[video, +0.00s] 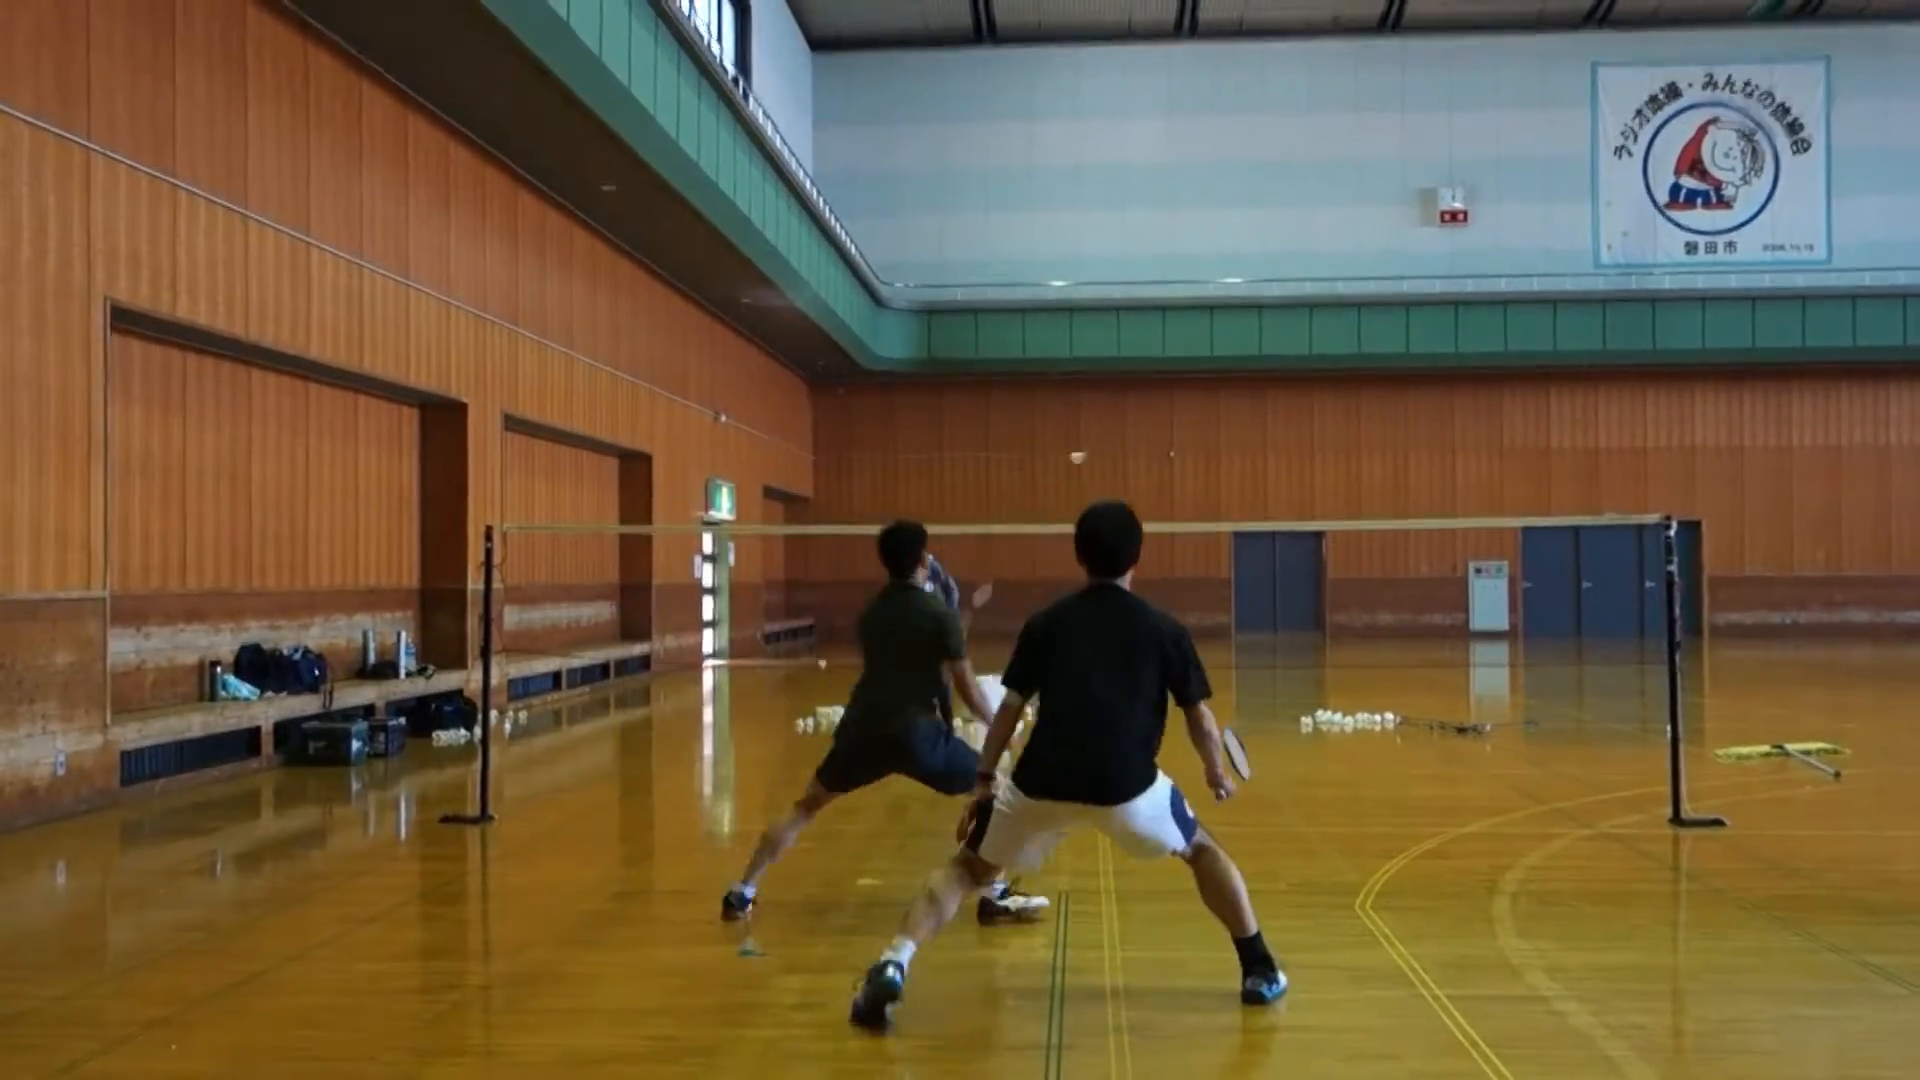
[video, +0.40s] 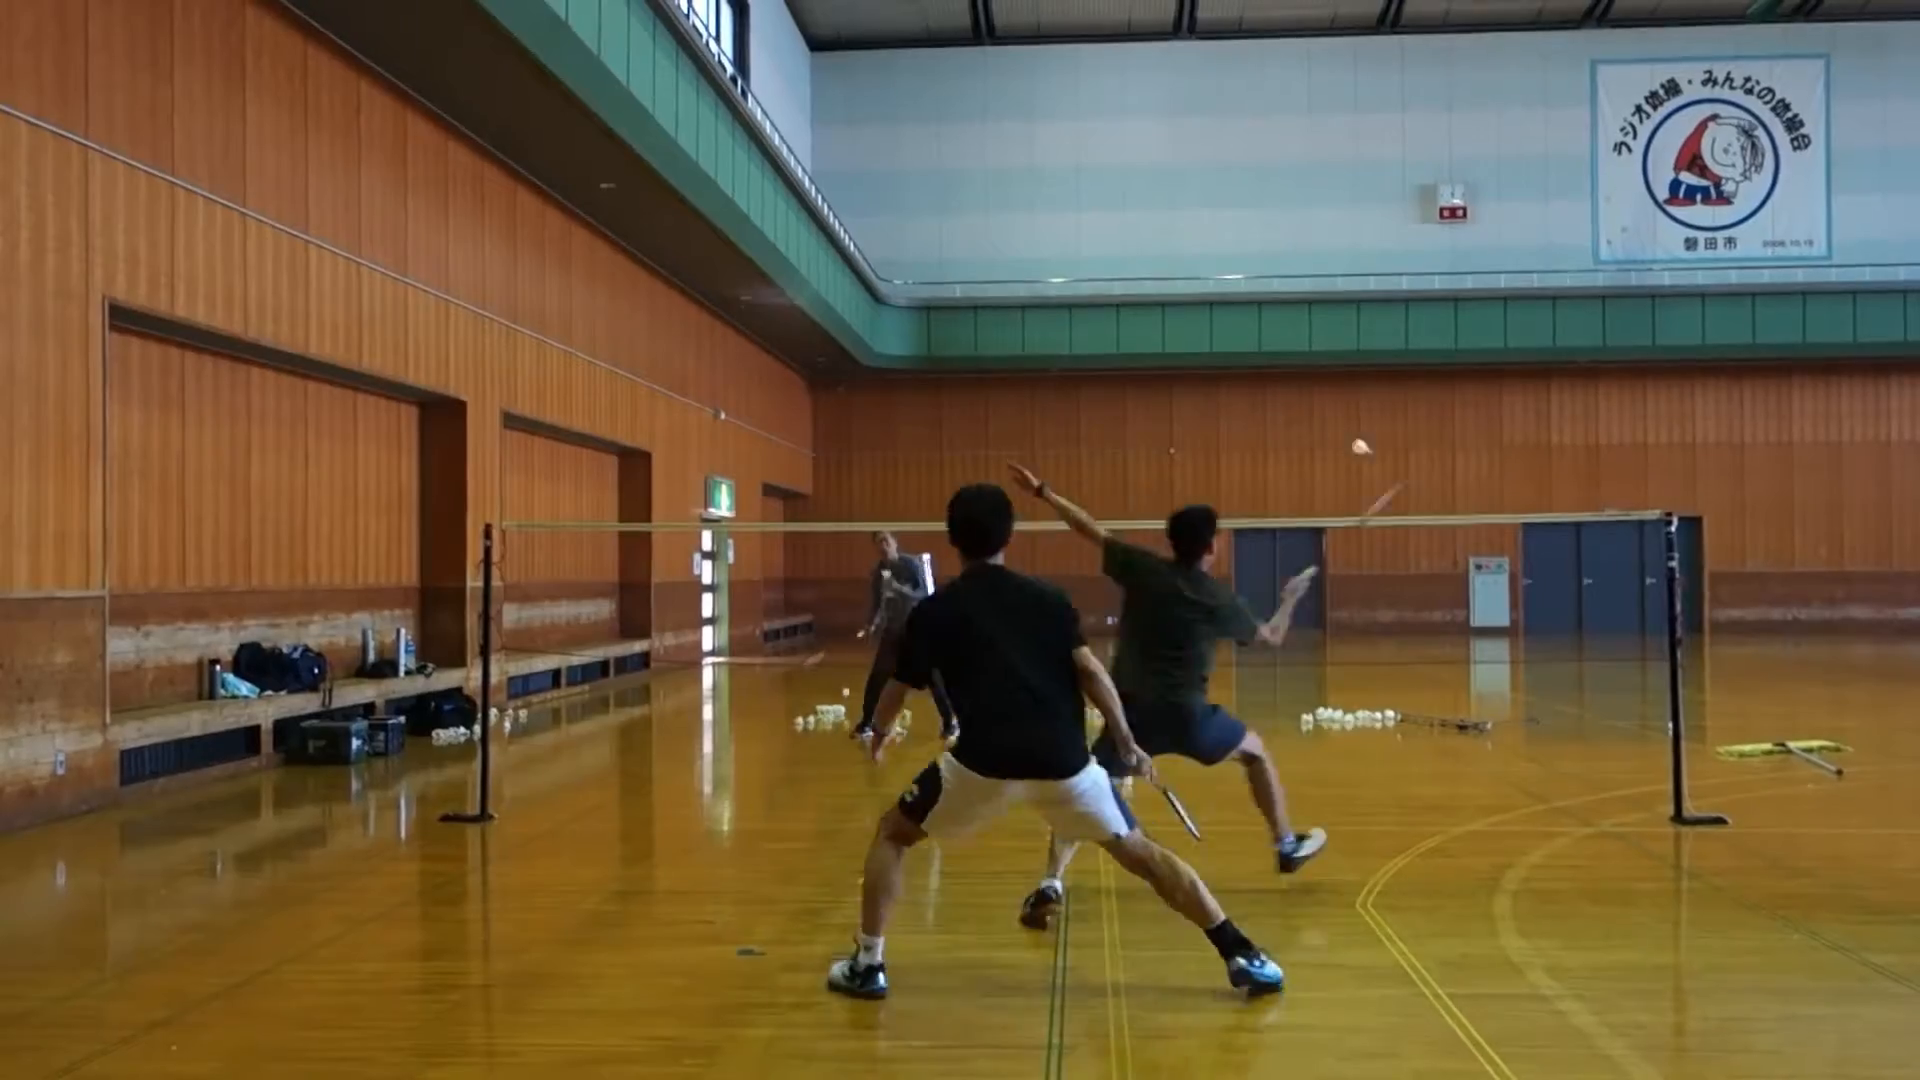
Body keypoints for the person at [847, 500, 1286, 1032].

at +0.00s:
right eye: (1136, 545)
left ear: (1080, 555)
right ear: (1136, 558)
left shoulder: (1048, 625)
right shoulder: (1162, 630)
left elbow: (1010, 708)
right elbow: (1200, 717)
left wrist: (984, 779)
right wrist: (1217, 772)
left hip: (1040, 784)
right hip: (1129, 789)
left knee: (966, 869)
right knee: (1200, 852)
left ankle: (893, 964)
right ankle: (1259, 969)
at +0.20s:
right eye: (1119, 536)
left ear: (1061, 546)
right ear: (1118, 547)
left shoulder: (1032, 613)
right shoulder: (1148, 616)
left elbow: (990, 694)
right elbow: (1180, 700)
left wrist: (955, 763)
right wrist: (1184, 746)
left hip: (1031, 767)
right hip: (1119, 770)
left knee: (948, 846)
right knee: (1198, 846)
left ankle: (883, 961)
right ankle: (1257, 965)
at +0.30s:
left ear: (1013, 550)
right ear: (1071, 548)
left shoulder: (994, 623)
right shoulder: (1107, 614)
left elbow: (943, 706)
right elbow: (1149, 699)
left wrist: (909, 757)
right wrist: (1163, 759)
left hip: (1027, 776)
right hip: (1113, 776)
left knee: (931, 843)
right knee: (1188, 852)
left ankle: (878, 961)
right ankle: (1256, 966)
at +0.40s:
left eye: (953, 531)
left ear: (952, 539)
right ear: (1009, 537)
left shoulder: (933, 612)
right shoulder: (1047, 599)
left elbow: (898, 688)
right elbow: (1090, 671)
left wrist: (878, 731)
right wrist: (1127, 741)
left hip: (980, 762)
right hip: (1064, 761)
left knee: (892, 835)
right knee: (1141, 854)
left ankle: (868, 962)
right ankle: (1240, 953)